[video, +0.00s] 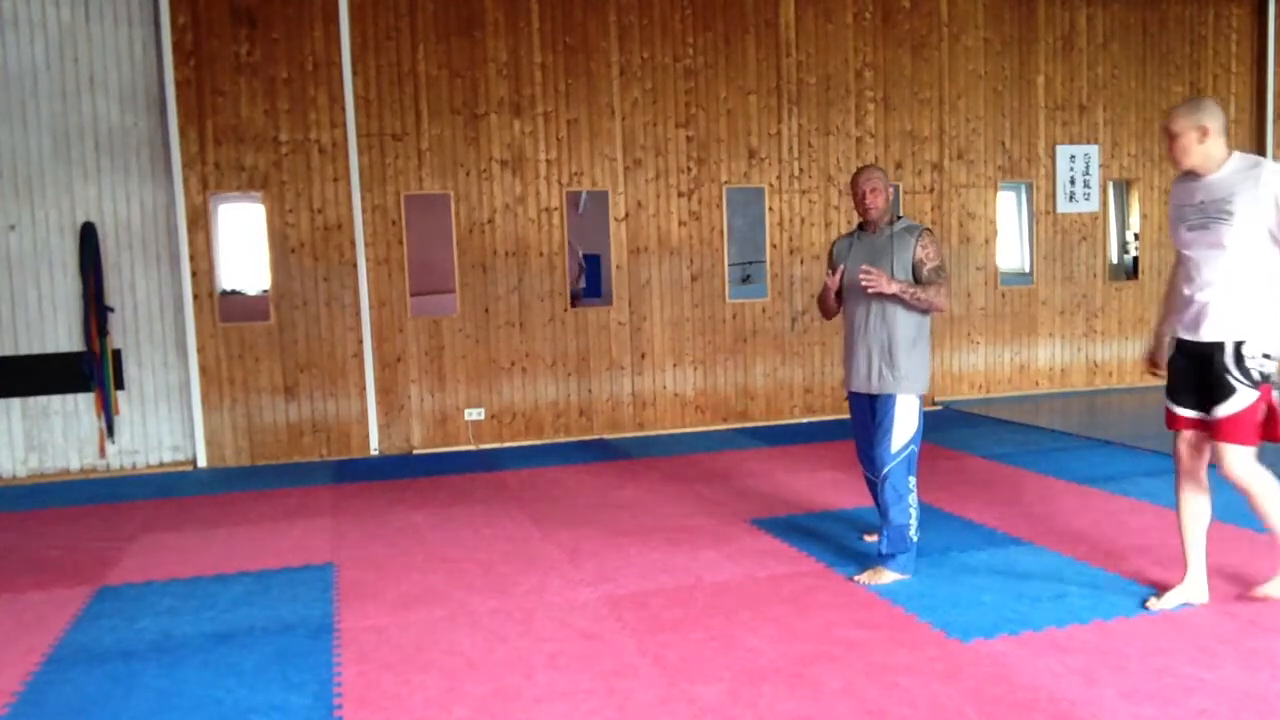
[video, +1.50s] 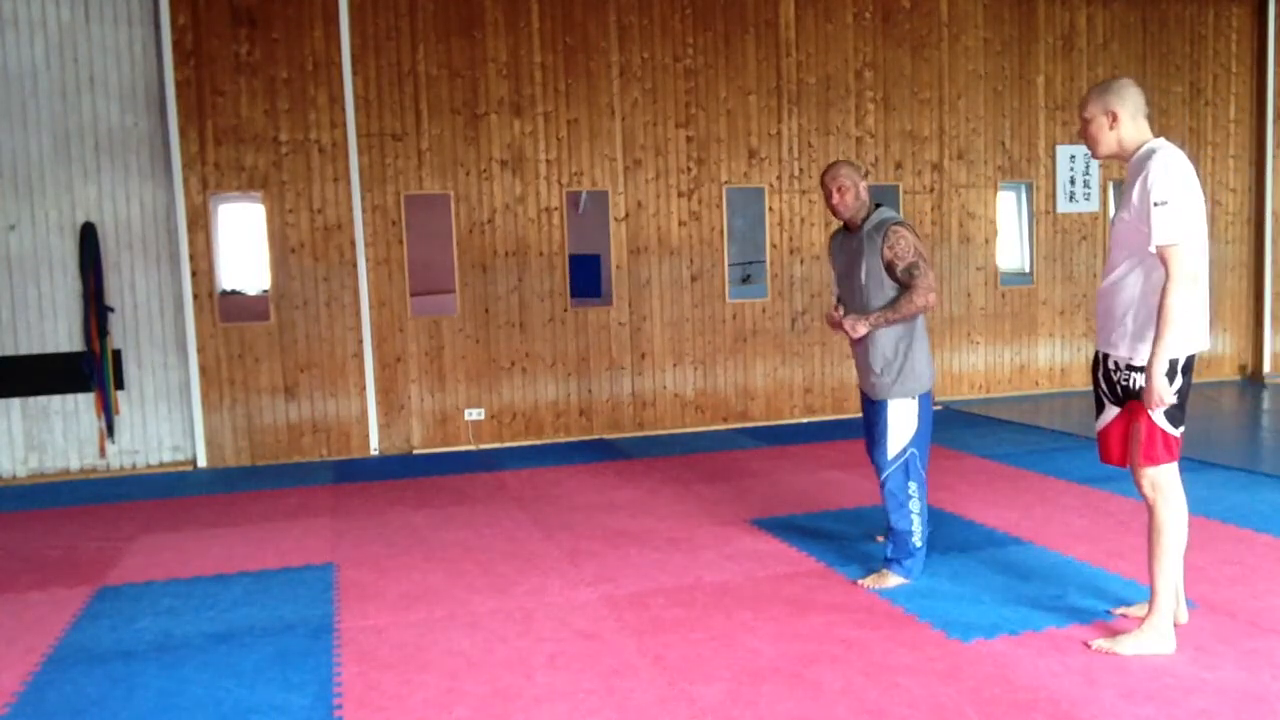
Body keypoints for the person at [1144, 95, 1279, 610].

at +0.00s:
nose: (1169, 148)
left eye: (1175, 138)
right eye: (1168, 139)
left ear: (1207, 135)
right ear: (1189, 138)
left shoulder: (1265, 178)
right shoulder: (1181, 191)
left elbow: (1278, 258)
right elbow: (1184, 268)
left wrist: (1276, 344)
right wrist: (1161, 335)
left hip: (1246, 342)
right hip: (1190, 341)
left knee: (1235, 460)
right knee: (1189, 456)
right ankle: (1195, 580)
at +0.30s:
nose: (1132, 148)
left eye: (1138, 138)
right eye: (1132, 138)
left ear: (1171, 134)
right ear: (1163, 136)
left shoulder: (1230, 181)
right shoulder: (1158, 193)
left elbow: (1270, 261)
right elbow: (1167, 275)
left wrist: (1265, 348)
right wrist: (1129, 323)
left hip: (1203, 344)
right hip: (1162, 341)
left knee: (1174, 466)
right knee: (1179, 466)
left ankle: (1158, 609)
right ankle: (1195, 578)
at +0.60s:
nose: (1111, 141)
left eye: (1114, 130)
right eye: (1112, 131)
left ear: (1139, 126)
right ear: (1148, 125)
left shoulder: (1193, 174)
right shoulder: (1161, 180)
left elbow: (1223, 273)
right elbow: (1162, 267)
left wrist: (1184, 367)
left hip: (1169, 352)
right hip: (1146, 347)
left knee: (1151, 474)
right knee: (1154, 463)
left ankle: (1157, 624)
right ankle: (1189, 569)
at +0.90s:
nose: (1096, 134)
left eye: (1099, 122)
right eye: (1097, 123)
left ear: (1121, 120)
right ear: (1137, 118)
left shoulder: (1166, 168)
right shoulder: (1152, 170)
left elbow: (1191, 263)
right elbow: (1164, 266)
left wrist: (1141, 352)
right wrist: (1128, 343)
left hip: (1166, 349)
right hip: (1140, 344)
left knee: (1168, 477)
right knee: (1134, 465)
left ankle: (1162, 623)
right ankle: (1169, 594)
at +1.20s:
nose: (1089, 135)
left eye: (1092, 123)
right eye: (1089, 124)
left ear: (1117, 120)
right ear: (1126, 118)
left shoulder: (1164, 167)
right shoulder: (1153, 167)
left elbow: (1179, 270)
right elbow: (1165, 268)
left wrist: (1129, 352)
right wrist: (1121, 343)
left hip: (1156, 350)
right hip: (1148, 348)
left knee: (1160, 480)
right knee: (1158, 478)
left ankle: (1161, 625)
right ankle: (1170, 597)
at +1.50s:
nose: (1083, 135)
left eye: (1087, 123)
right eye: (1082, 125)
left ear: (1115, 119)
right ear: (1120, 118)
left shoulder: (1161, 169)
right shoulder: (1144, 170)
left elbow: (1178, 274)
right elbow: (1150, 271)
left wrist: (1157, 368)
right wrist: (1122, 352)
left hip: (1155, 355)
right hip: (1135, 352)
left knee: (1157, 481)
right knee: (1155, 479)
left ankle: (1161, 625)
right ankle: (1169, 598)